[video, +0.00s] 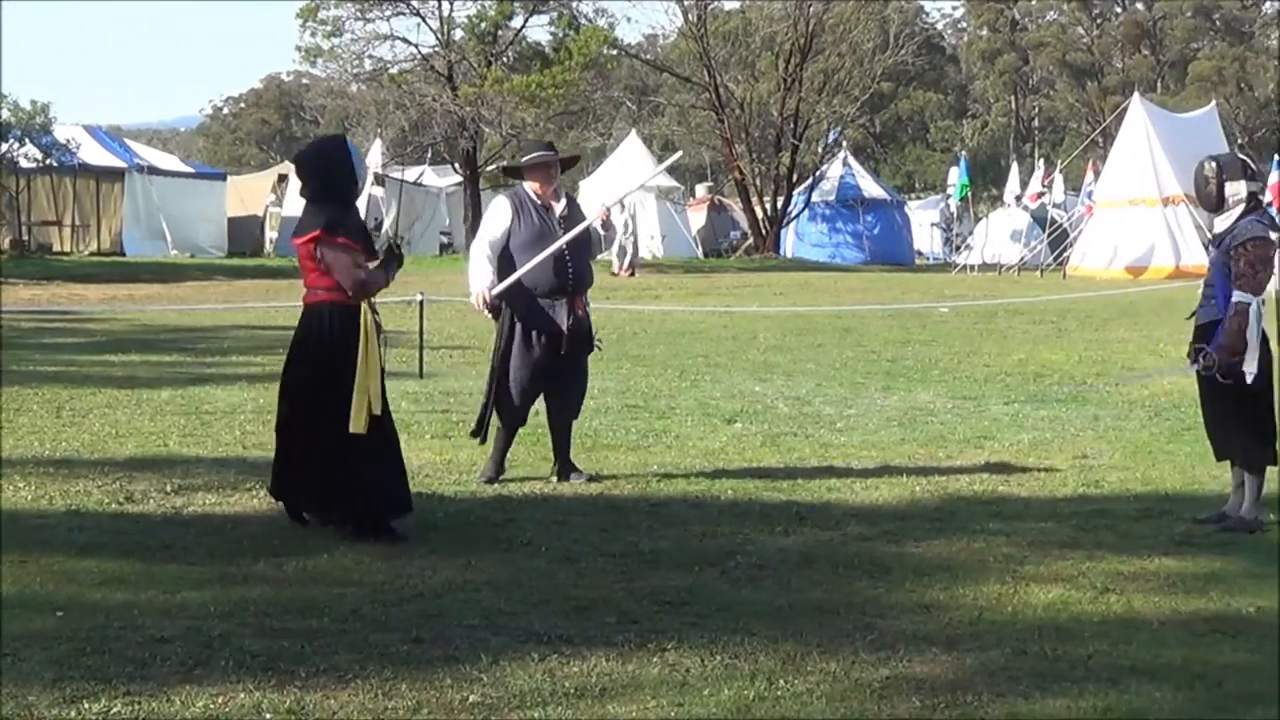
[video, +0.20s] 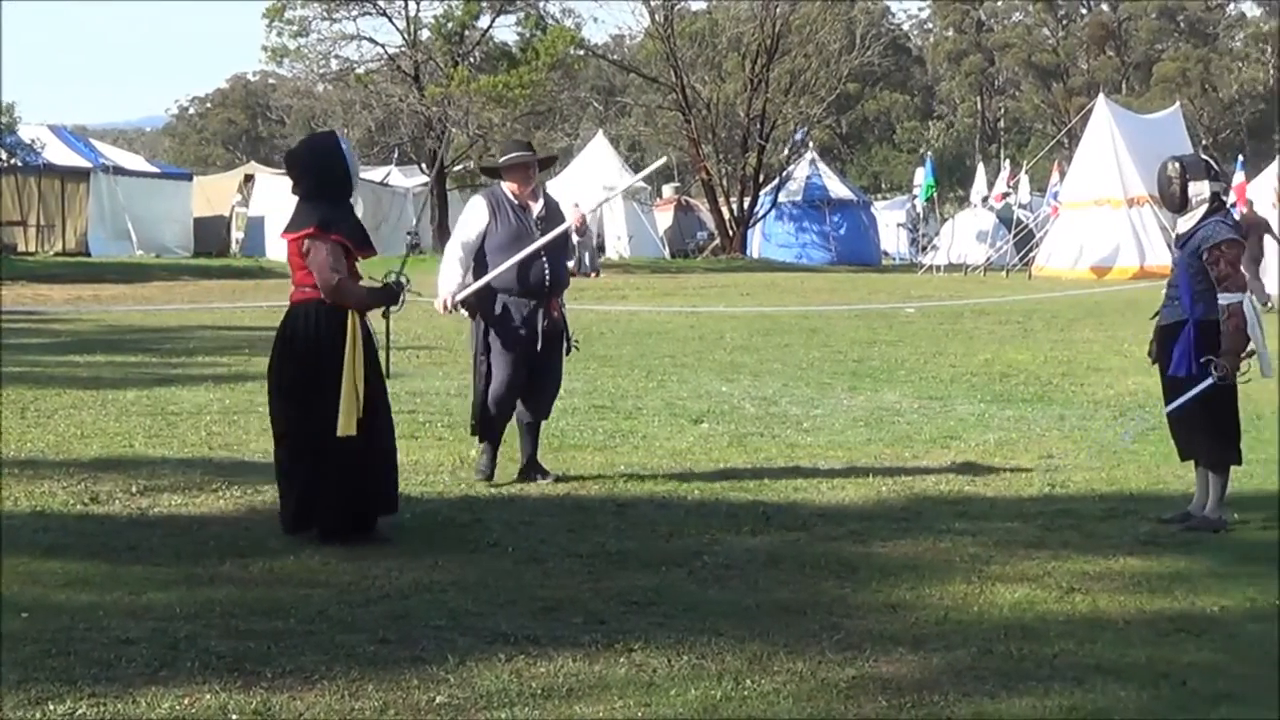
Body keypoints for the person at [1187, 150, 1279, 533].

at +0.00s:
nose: (1211, 192)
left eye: (1218, 184)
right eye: (1210, 184)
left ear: (1238, 186)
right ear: (1239, 188)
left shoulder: (1253, 234)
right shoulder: (1232, 228)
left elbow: (1246, 302)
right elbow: (1224, 291)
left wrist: (1225, 347)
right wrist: (1205, 334)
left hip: (1241, 334)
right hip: (1217, 331)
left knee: (1250, 420)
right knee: (1229, 418)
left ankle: (1250, 509)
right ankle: (1236, 502)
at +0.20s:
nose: (1171, 193)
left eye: (1177, 184)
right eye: (1170, 185)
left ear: (1197, 186)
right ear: (1197, 186)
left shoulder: (1219, 232)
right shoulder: (1192, 227)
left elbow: (1235, 301)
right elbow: (1179, 291)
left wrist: (1229, 354)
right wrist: (1162, 331)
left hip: (1205, 332)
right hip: (1181, 331)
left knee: (1214, 415)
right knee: (1193, 414)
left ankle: (1215, 508)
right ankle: (1200, 502)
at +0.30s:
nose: (1151, 192)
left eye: (1158, 184)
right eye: (1148, 185)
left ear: (1181, 186)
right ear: (1150, 188)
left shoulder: (1203, 233)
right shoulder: (1168, 229)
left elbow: (1224, 302)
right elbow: (1155, 289)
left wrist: (1218, 352)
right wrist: (1138, 328)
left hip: (1184, 334)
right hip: (1158, 334)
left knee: (1194, 417)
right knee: (1172, 417)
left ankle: (1194, 510)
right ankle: (1180, 503)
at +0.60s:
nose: (1118, 191)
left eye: (1126, 183)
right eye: (1115, 184)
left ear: (1148, 186)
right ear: (1116, 188)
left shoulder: (1162, 230)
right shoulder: (1127, 230)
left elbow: (1185, 298)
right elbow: (1110, 286)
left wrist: (1169, 349)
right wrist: (1092, 328)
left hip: (1145, 333)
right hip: (1116, 333)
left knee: (1154, 414)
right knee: (1131, 413)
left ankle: (1154, 508)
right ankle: (1140, 502)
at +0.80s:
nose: (1090, 190)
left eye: (1097, 183)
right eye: (1087, 183)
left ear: (1120, 186)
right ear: (1086, 188)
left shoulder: (1135, 233)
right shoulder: (1098, 231)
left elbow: (1138, 298)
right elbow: (1084, 286)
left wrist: (1124, 349)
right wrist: (1066, 328)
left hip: (1118, 334)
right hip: (1090, 333)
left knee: (1126, 415)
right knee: (1102, 414)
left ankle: (1127, 506)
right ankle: (1112, 500)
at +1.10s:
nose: (1048, 191)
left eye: (1055, 184)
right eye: (1047, 184)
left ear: (1077, 187)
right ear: (1066, 190)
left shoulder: (1093, 235)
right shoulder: (1064, 231)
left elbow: (1090, 303)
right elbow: (1054, 291)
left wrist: (1072, 348)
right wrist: (1038, 328)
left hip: (1082, 336)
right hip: (1058, 335)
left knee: (1088, 420)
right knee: (1068, 419)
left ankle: (1090, 508)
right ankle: (1075, 501)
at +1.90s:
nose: (1003, 193)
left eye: (1010, 187)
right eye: (1002, 186)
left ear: (1032, 190)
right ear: (1008, 192)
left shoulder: (1048, 237)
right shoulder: (1017, 231)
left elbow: (1043, 305)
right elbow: (1007, 289)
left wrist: (1025, 353)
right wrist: (990, 327)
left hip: (1035, 337)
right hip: (1009, 335)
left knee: (1044, 420)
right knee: (1022, 420)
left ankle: (1044, 508)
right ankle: (1029, 502)